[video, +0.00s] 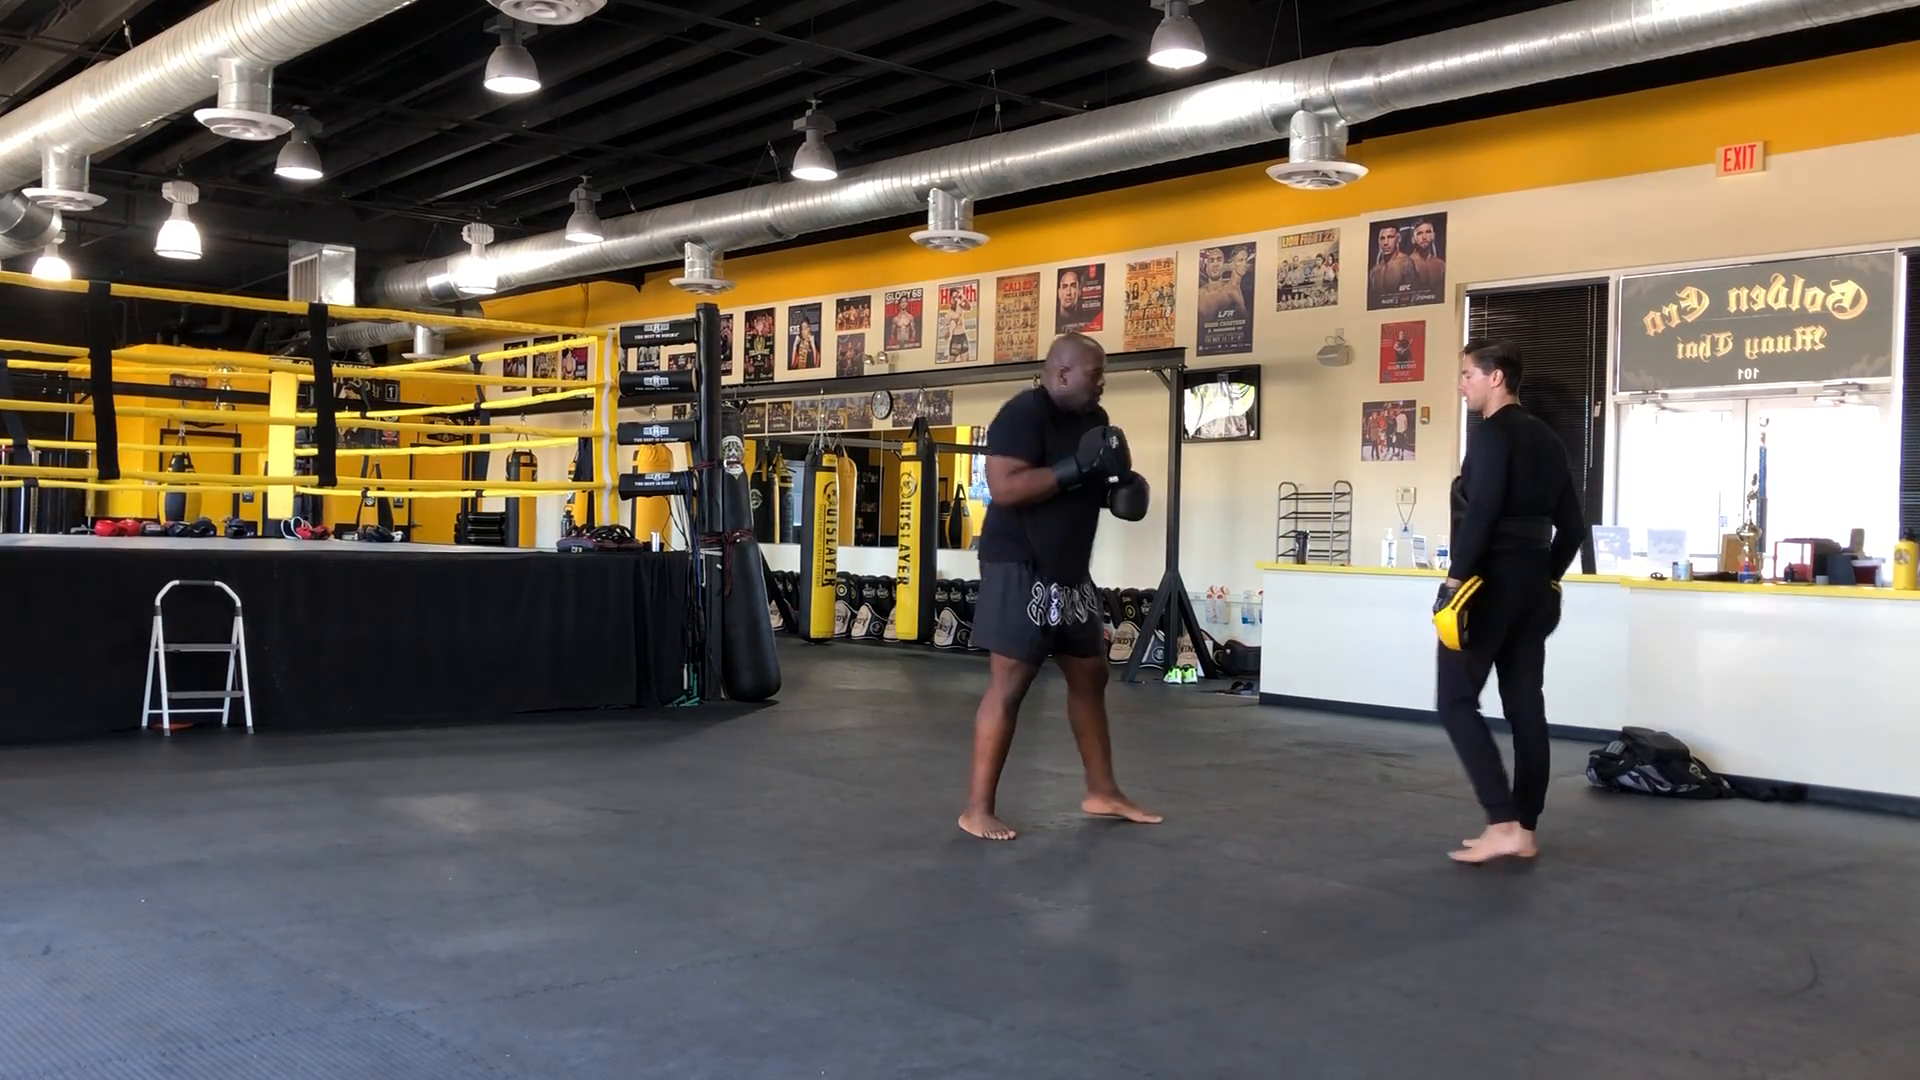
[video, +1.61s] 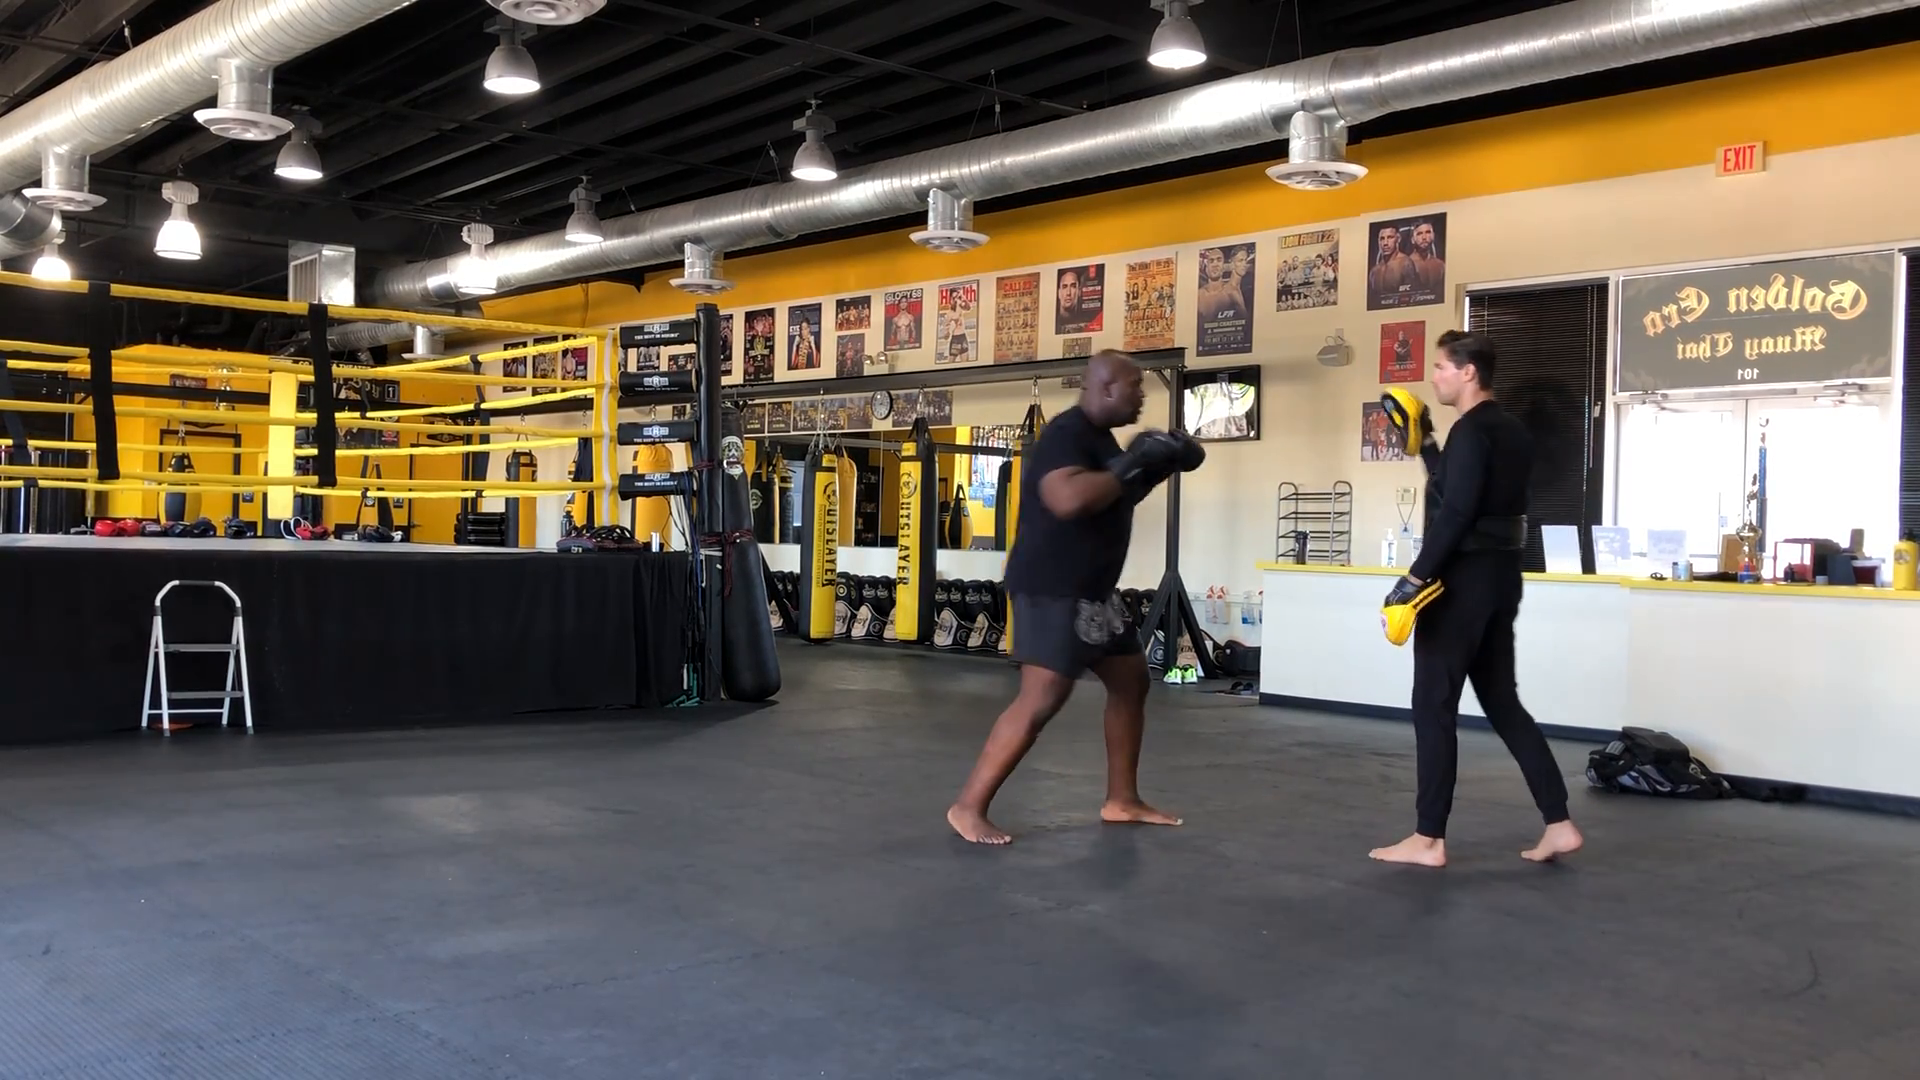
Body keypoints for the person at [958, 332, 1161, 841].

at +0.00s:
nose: (1101, 386)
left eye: (1103, 377)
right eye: (1094, 376)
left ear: (1084, 374)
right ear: (1060, 372)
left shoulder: (1092, 421)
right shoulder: (1021, 414)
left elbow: (1102, 484)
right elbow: (1004, 488)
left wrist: (1124, 494)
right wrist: (1079, 468)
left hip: (1070, 570)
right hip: (1018, 569)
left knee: (1089, 674)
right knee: (1008, 683)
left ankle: (1102, 791)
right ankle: (977, 811)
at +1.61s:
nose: (1141, 394)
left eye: (1141, 385)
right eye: (1134, 386)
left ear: (1109, 389)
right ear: (1103, 388)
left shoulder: (1105, 443)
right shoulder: (1064, 433)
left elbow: (1115, 498)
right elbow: (1065, 497)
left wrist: (1156, 466)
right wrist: (1130, 465)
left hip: (1092, 592)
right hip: (1050, 592)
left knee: (1129, 679)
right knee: (1041, 696)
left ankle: (1122, 799)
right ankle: (967, 808)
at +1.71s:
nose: (1165, 395)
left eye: (1164, 386)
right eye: (1158, 386)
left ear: (1119, 386)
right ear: (1130, 386)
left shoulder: (1088, 424)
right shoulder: (1110, 422)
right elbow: (1125, 470)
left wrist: (1156, 444)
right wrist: (1196, 447)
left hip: (1088, 582)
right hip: (1073, 580)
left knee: (1122, 676)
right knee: (1057, 692)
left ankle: (1121, 798)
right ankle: (970, 798)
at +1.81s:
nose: (1180, 406)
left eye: (1179, 397)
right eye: (1176, 396)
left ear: (1131, 390)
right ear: (1147, 392)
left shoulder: (1089, 422)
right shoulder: (1146, 422)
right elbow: (1238, 430)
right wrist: (1312, 423)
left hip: (1057, 563)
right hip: (1081, 568)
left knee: (1118, 676)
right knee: (1073, 692)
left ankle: (1120, 799)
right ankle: (981, 791)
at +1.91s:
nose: (1182, 404)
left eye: (1183, 397)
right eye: (1180, 395)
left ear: (1137, 386)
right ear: (1157, 388)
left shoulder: (1094, 422)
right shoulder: (1152, 421)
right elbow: (1235, 435)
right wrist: (1296, 429)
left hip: (1063, 556)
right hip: (1090, 562)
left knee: (1123, 672)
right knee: (1082, 683)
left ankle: (1121, 798)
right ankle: (992, 788)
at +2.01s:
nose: (1188, 400)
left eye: (1189, 390)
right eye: (1185, 389)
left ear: (1146, 383)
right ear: (1159, 385)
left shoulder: (1106, 419)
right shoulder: (1143, 416)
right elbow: (1186, 464)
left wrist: (1231, 457)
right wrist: (1246, 456)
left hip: (1083, 556)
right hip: (1095, 558)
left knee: (1135, 672)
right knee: (1083, 676)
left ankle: (1122, 799)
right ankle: (995, 787)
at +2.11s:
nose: (1188, 395)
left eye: (1190, 386)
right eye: (1185, 384)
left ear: (1151, 379)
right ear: (1155, 380)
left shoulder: (1146, 428)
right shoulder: (1124, 414)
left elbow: (1148, 482)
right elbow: (1130, 482)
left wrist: (1182, 458)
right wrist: (1193, 467)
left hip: (1124, 564)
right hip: (1088, 556)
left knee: (1137, 672)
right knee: (1084, 669)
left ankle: (1123, 799)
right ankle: (1010, 793)